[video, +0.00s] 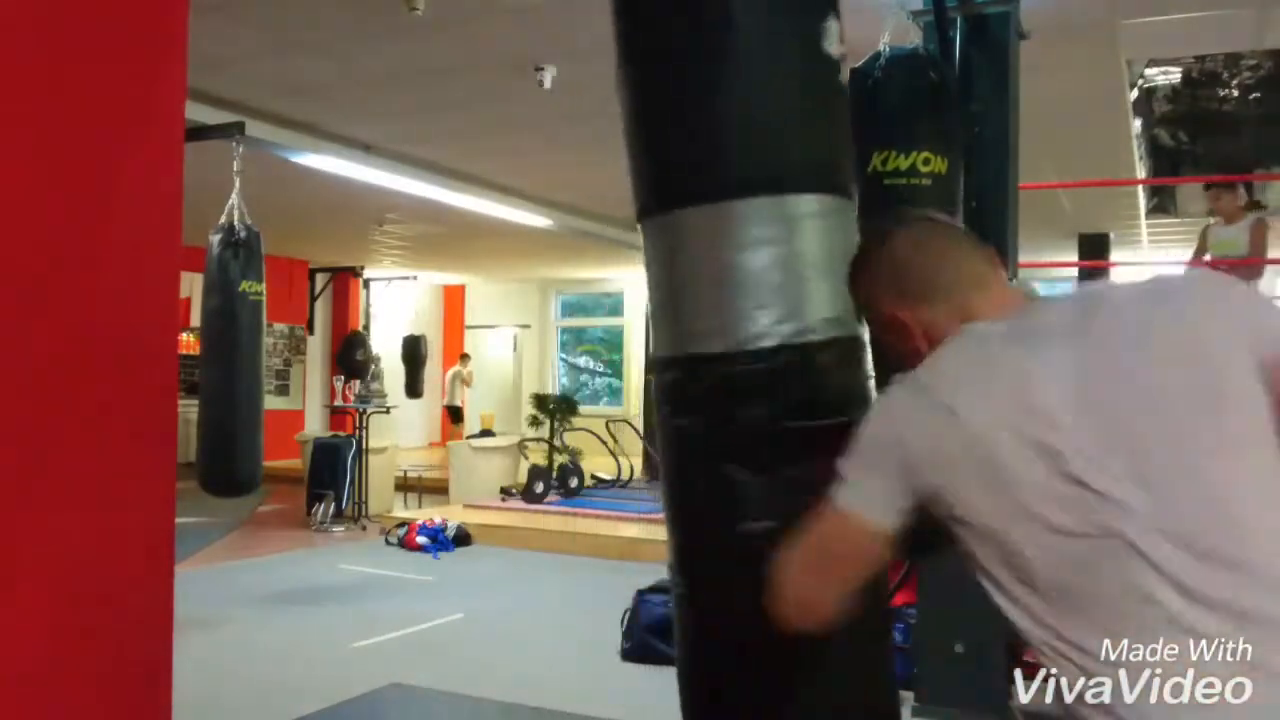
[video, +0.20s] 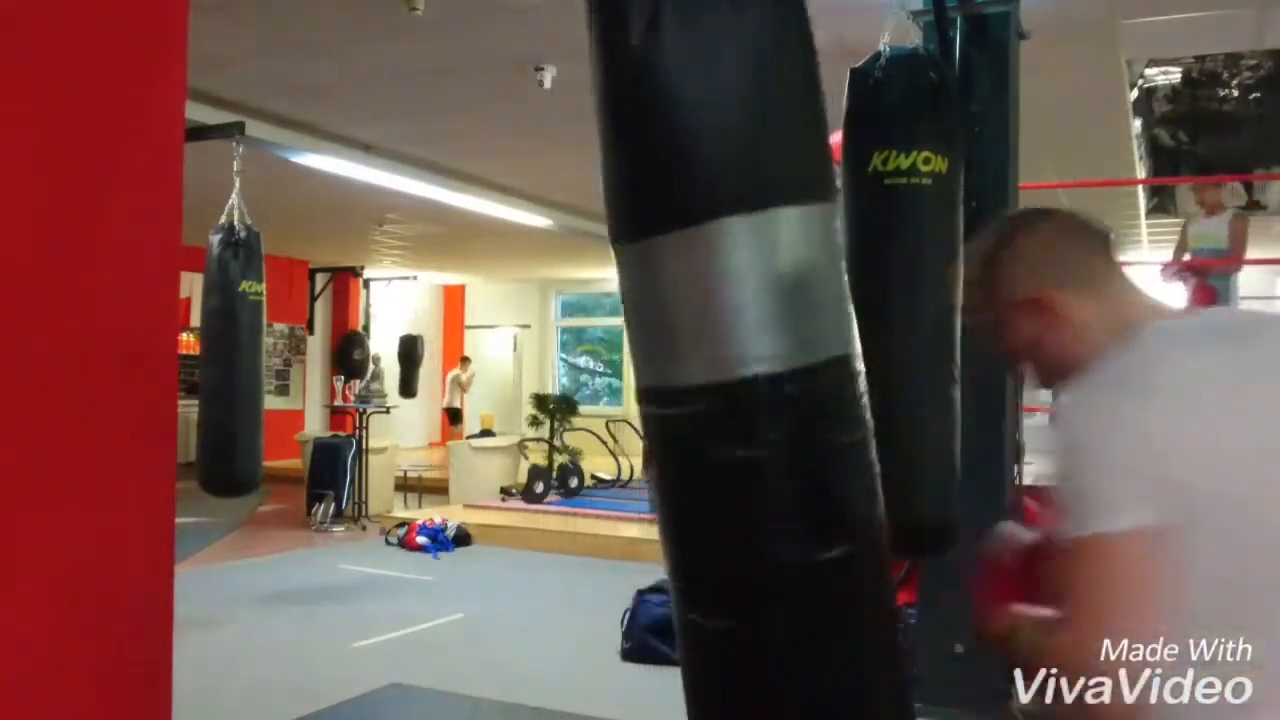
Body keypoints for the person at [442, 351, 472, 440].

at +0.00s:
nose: (467, 364)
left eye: (468, 362)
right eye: (467, 361)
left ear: (460, 360)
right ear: (464, 360)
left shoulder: (451, 370)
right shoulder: (459, 371)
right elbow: (468, 383)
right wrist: (469, 373)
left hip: (448, 401)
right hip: (455, 402)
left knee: (455, 425)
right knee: (459, 425)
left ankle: (452, 444)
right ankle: (456, 444)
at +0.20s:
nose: (468, 367)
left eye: (468, 365)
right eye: (467, 365)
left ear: (461, 363)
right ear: (464, 364)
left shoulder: (452, 373)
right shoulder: (458, 374)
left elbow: (463, 388)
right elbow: (465, 388)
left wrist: (468, 379)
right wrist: (470, 378)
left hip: (449, 404)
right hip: (454, 405)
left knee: (454, 428)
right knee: (457, 428)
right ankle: (456, 448)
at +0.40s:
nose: (465, 365)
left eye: (465, 362)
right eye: (465, 362)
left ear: (458, 360)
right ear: (463, 361)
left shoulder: (447, 371)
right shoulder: (462, 372)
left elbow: (445, 387)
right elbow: (463, 389)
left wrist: (444, 399)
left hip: (447, 403)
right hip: (457, 403)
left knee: (450, 426)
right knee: (461, 426)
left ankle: (450, 445)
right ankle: (458, 445)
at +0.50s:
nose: (464, 364)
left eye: (464, 362)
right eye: (464, 362)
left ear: (457, 361)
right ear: (463, 362)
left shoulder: (447, 372)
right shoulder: (465, 372)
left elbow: (443, 387)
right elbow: (466, 390)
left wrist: (443, 400)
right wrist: (465, 403)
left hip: (447, 403)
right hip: (458, 403)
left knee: (451, 426)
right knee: (464, 426)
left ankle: (451, 444)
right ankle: (457, 442)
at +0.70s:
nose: (467, 365)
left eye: (468, 363)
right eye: (466, 363)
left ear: (460, 362)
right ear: (463, 362)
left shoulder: (451, 371)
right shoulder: (459, 371)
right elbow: (470, 382)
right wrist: (471, 372)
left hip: (448, 401)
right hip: (455, 401)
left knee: (456, 423)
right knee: (462, 423)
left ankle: (453, 443)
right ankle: (458, 443)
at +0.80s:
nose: (467, 367)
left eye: (468, 365)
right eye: (466, 365)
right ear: (462, 364)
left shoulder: (456, 373)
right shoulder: (457, 373)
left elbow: (468, 385)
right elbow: (468, 385)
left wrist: (469, 375)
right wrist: (470, 375)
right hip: (453, 403)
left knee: (457, 426)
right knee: (460, 426)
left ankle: (455, 445)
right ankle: (458, 445)